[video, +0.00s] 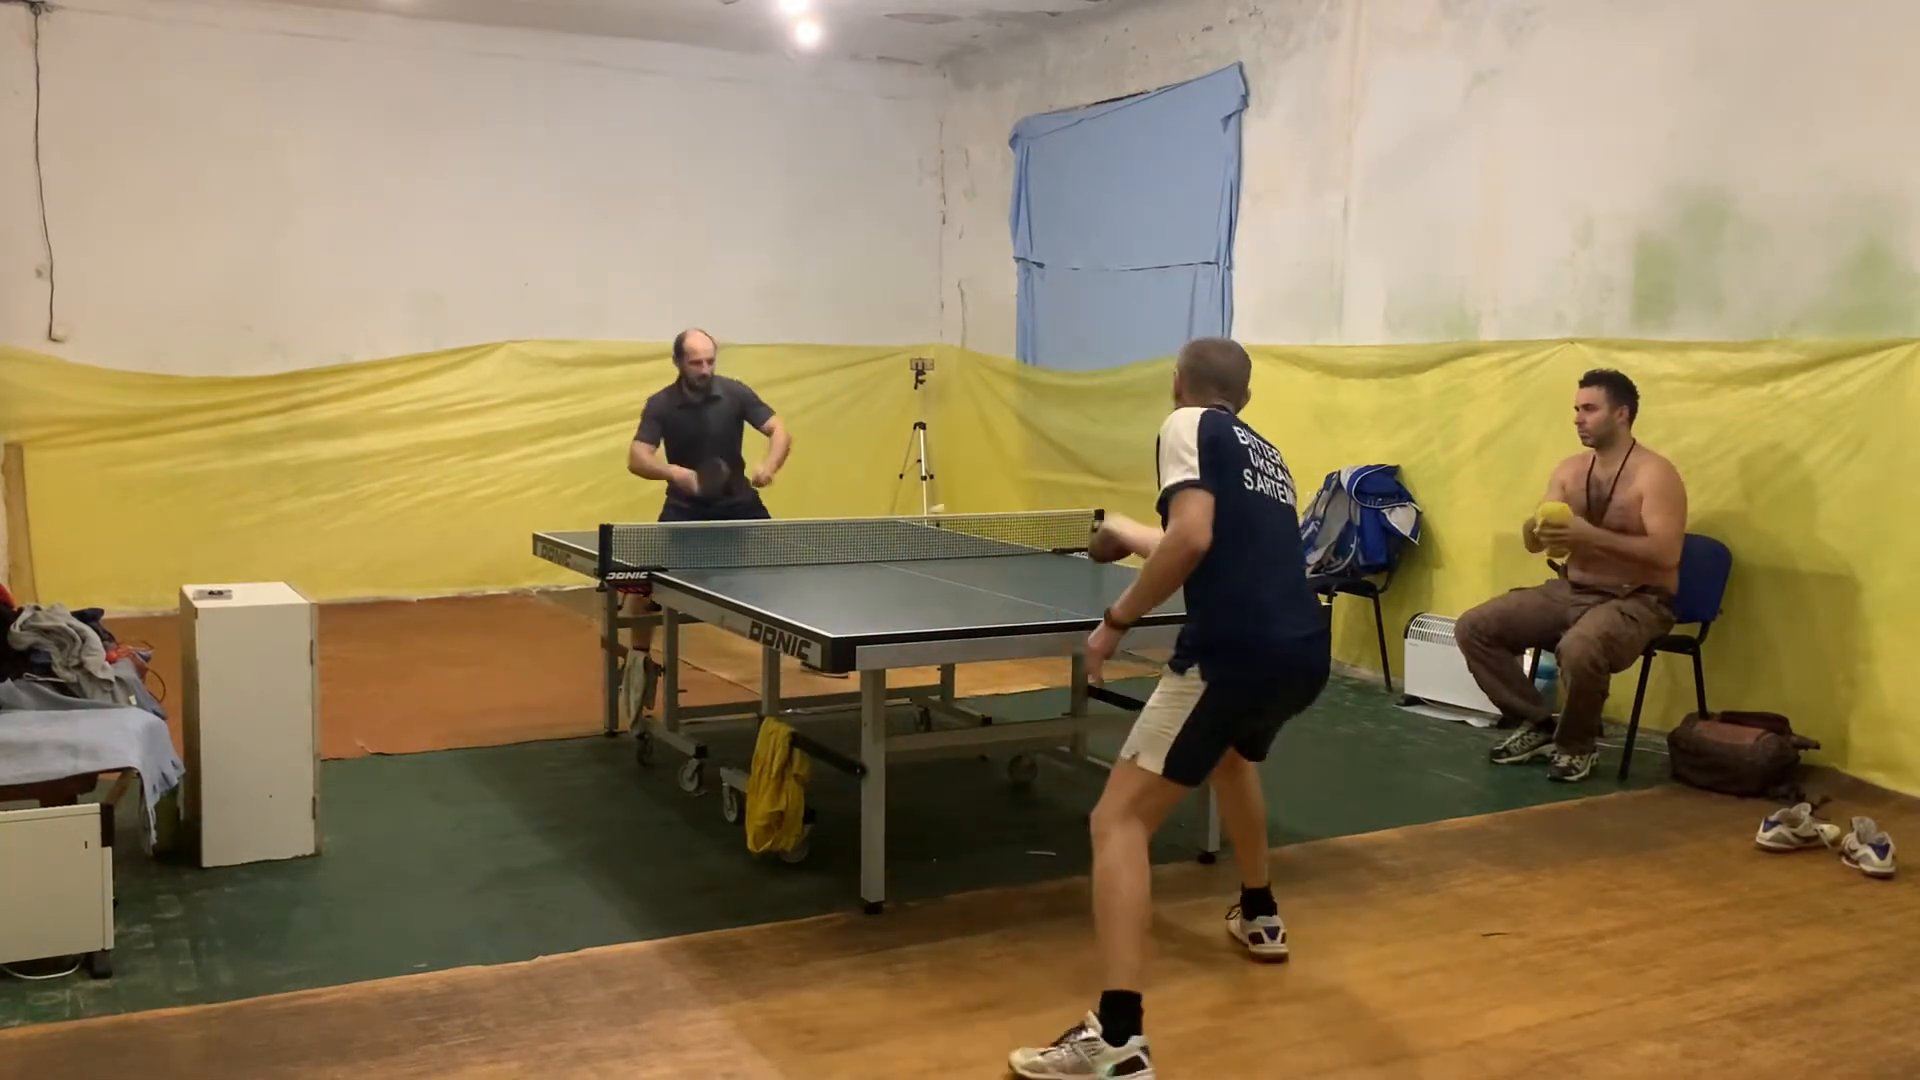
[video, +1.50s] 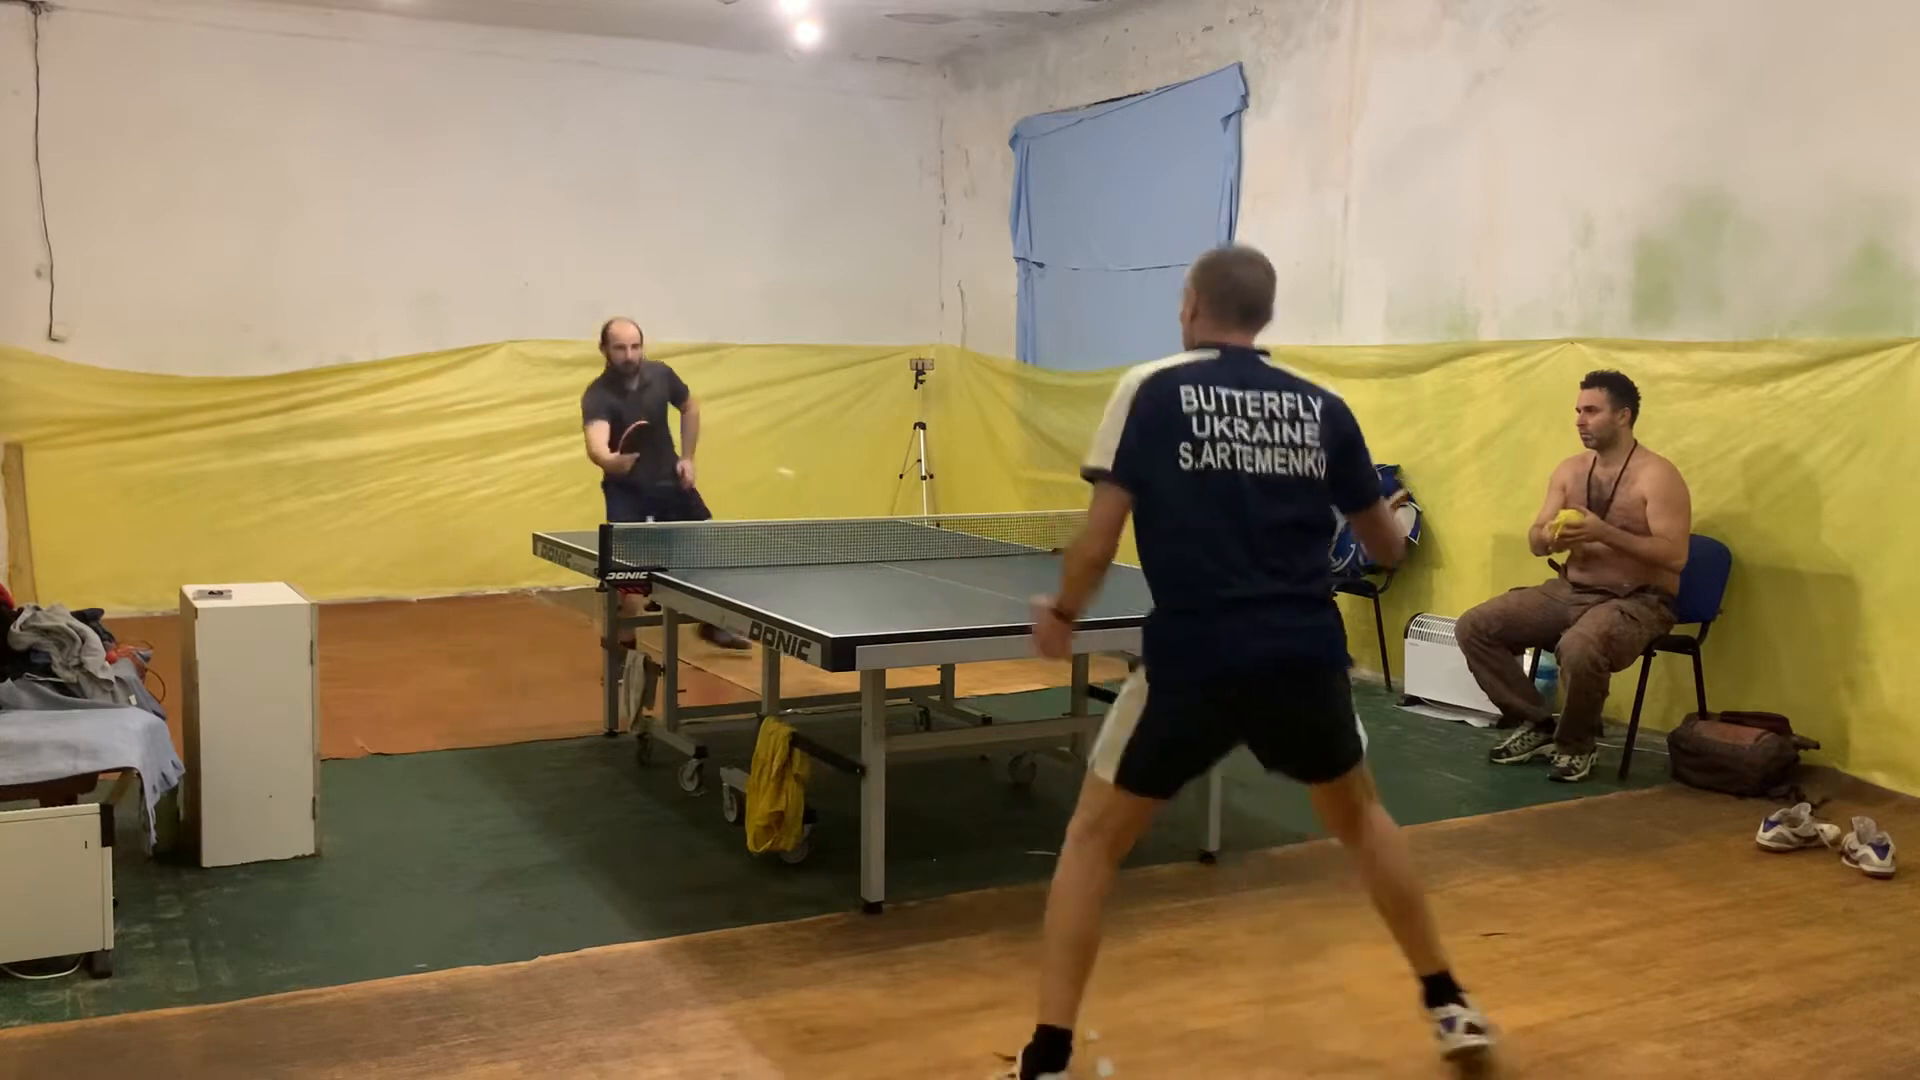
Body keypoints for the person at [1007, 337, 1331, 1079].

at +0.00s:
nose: (1172, 397)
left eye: (1174, 387)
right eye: (1177, 386)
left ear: (1181, 387)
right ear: (1244, 395)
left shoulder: (1188, 426)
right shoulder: (1264, 454)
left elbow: (1189, 534)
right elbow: (1232, 555)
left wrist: (1115, 622)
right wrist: (1132, 539)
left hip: (1229, 653)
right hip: (1304, 653)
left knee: (1118, 820)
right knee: (1232, 753)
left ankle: (1117, 1031)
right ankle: (1260, 914)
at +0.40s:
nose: (1142, 338)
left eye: (1144, 327)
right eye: (1148, 327)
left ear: (1153, 327)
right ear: (1224, 334)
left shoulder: (1138, 378)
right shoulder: (1273, 404)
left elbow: (1108, 500)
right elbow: (1282, 520)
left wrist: (1058, 580)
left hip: (1179, 640)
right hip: (1278, 636)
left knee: (1087, 812)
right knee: (1280, 782)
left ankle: (1132, 1036)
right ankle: (1345, 957)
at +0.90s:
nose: (1102, 416)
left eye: (1102, 399)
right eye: (1101, 401)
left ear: (1123, 393)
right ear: (1178, 393)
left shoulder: (1174, 451)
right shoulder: (1215, 456)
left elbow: (1160, 608)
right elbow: (1248, 620)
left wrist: (1040, 623)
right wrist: (1167, 671)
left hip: (1247, 706)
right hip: (1312, 698)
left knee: (1065, 840)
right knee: (1279, 853)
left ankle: (1054, 1066)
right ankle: (1401, 1016)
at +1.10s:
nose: (1133, 360)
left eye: (1136, 344)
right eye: (1136, 344)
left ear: (1158, 344)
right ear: (1222, 352)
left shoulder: (1155, 438)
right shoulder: (1264, 438)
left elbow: (1062, 588)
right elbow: (1234, 404)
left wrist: (939, 609)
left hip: (1156, 714)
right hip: (1246, 704)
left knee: (1010, 870)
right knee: (1198, 835)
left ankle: (1069, 1071)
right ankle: (1324, 1009)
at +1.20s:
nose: (1134, 350)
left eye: (1137, 335)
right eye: (1137, 334)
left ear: (1155, 338)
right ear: (1220, 344)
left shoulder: (1140, 441)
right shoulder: (1274, 441)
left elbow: (1051, 581)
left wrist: (939, 611)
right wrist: (1327, 431)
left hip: (1146, 712)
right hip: (1242, 703)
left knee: (1015, 872)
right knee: (1200, 837)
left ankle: (1070, 1072)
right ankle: (1320, 1010)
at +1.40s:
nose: (1157, 289)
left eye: (1161, 276)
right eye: (1164, 275)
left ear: (1174, 284)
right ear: (1246, 295)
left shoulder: (1137, 371)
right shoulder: (1303, 386)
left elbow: (1077, 518)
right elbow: (1371, 506)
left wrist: (1011, 566)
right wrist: (1375, 480)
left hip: (1174, 653)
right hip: (1290, 648)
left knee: (1076, 835)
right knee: (1320, 804)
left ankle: (1063, 1055)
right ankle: (1376, 995)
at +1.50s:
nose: (1179, 313)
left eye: (1182, 300)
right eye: (1186, 299)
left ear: (1192, 309)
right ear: (1267, 321)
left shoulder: (1147, 390)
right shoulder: (1320, 406)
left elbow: (1098, 539)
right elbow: (1388, 546)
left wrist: (1061, 611)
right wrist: (1390, 516)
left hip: (1191, 666)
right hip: (1305, 663)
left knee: (1094, 841)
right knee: (1362, 817)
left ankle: (1046, 1059)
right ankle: (1448, 1002)